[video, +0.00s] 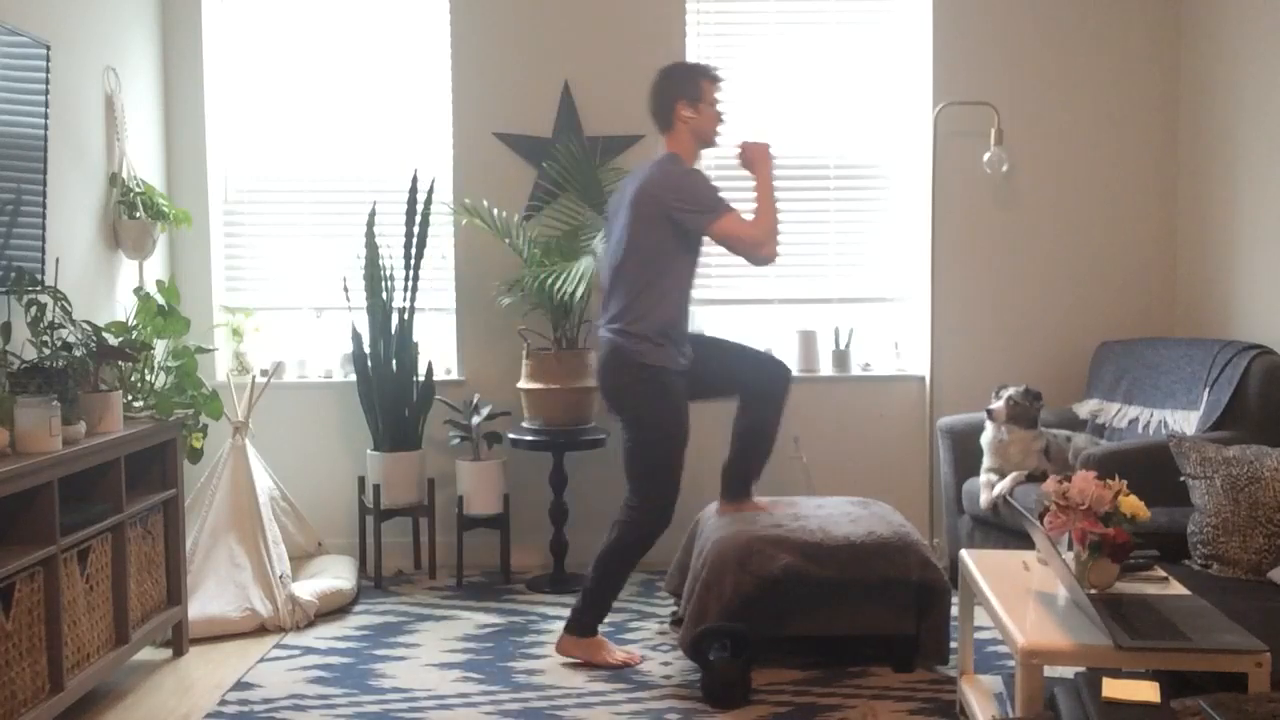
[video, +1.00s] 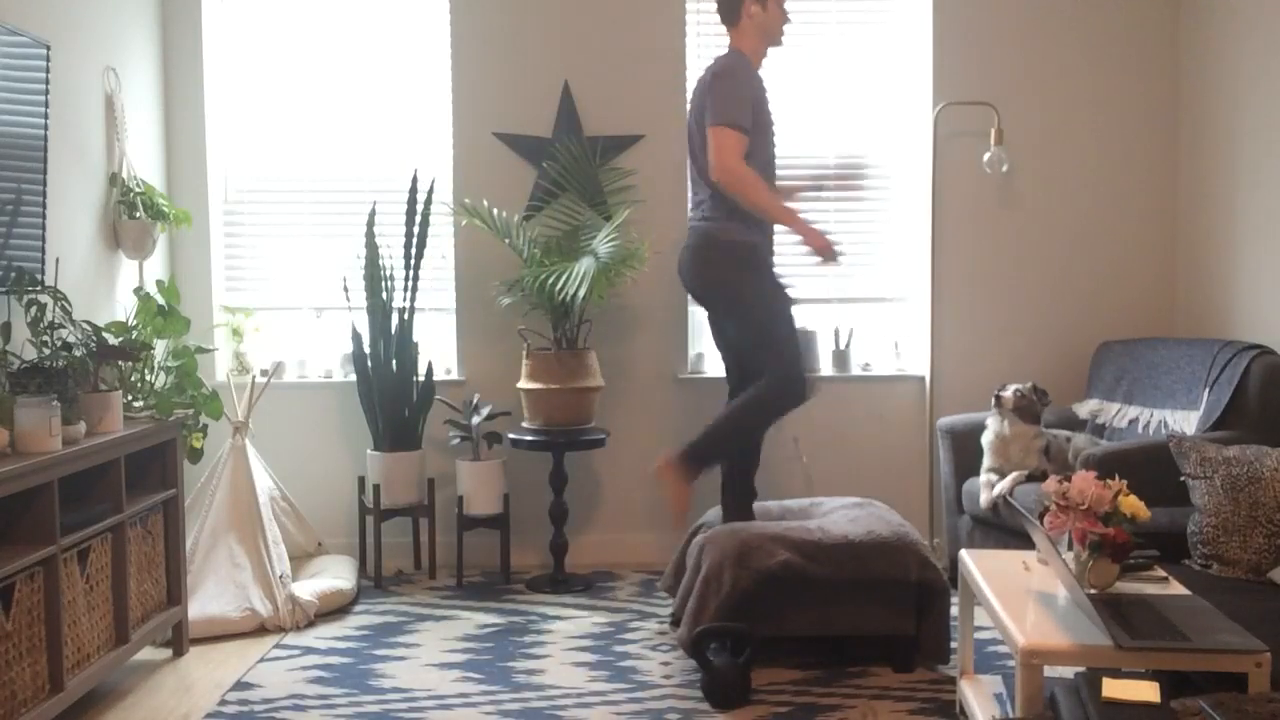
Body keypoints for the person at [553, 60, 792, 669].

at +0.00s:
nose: (721, 116)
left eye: (718, 105)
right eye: (713, 106)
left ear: (677, 115)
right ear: (682, 112)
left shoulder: (644, 180)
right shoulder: (673, 179)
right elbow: (762, 244)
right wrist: (763, 174)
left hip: (656, 350)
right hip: (643, 360)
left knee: (769, 374)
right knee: (651, 508)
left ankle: (737, 497)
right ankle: (579, 634)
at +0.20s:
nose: (762, 67)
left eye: (758, 56)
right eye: (753, 56)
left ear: (716, 68)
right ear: (723, 64)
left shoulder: (692, 135)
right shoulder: (722, 128)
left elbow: (720, 225)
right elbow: (735, 214)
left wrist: (780, 210)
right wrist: (806, 202)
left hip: (697, 314)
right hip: (689, 316)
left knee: (781, 400)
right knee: (678, 455)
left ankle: (742, 535)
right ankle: (614, 593)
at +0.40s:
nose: (769, 10)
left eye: (766, 2)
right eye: (760, 2)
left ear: (735, 12)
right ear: (733, 8)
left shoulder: (728, 81)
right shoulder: (713, 77)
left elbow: (775, 165)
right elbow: (685, 169)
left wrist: (803, 101)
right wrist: (702, 261)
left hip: (723, 255)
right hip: (725, 254)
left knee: (752, 401)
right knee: (834, 322)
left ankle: (740, 543)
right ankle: (754, 419)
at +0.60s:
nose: (777, 12)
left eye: (775, 5)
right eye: (769, 4)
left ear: (738, 11)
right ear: (738, 8)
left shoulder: (756, 81)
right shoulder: (714, 74)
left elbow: (828, 106)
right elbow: (674, 172)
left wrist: (791, 44)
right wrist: (681, 266)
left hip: (749, 248)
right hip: (737, 237)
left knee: (750, 387)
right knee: (863, 158)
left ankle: (740, 523)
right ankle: (861, 296)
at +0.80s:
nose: (782, 12)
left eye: (780, 4)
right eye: (775, 3)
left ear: (747, 12)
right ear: (747, 8)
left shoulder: (748, 83)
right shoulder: (719, 77)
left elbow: (816, 141)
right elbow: (698, 180)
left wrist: (798, 72)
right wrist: (735, 262)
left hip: (752, 237)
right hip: (740, 238)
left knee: (753, 386)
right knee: (873, 230)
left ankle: (742, 520)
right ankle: (806, 338)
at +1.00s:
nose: (786, 16)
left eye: (783, 7)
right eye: (778, 6)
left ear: (746, 14)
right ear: (750, 10)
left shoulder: (726, 74)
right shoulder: (732, 73)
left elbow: (724, 172)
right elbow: (726, 168)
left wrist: (775, 202)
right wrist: (804, 229)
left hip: (717, 250)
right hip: (728, 251)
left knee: (747, 389)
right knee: (787, 382)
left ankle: (739, 527)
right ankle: (683, 466)